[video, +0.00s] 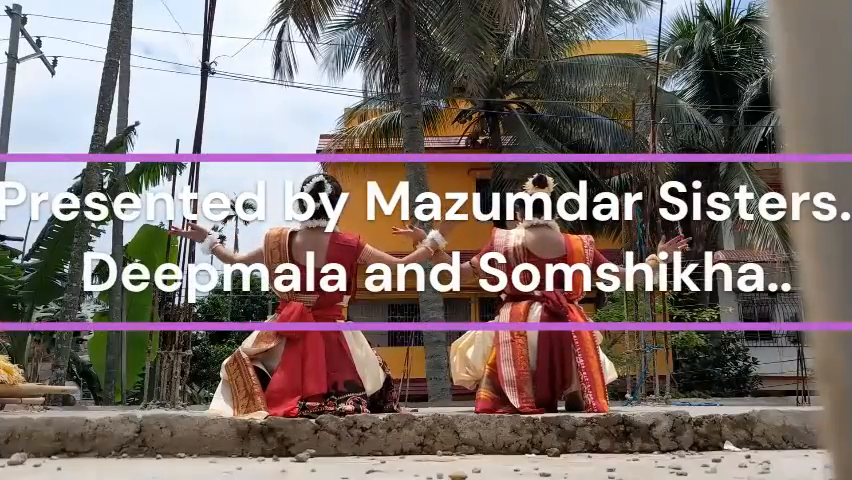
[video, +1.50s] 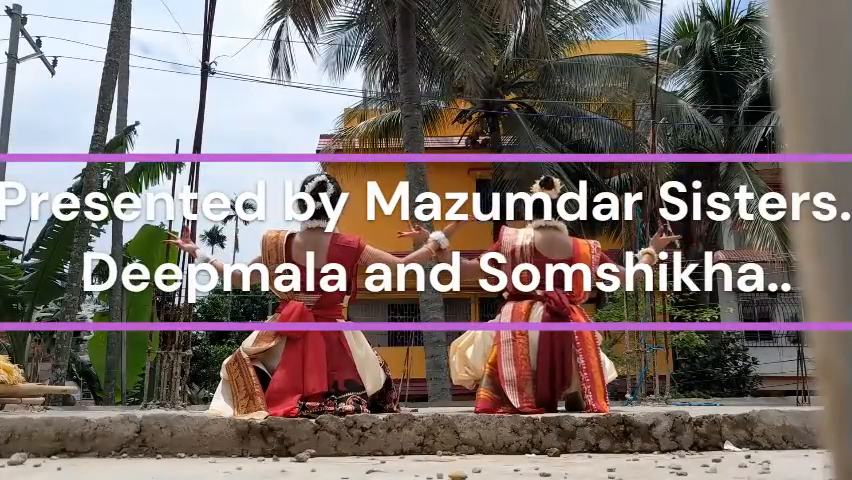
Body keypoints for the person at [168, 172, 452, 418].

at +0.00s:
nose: (333, 209)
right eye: (335, 203)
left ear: (300, 205)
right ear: (335, 206)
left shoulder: (277, 241)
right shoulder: (348, 245)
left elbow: (234, 259)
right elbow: (400, 264)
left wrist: (205, 237)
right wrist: (430, 247)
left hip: (288, 345)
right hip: (335, 345)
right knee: (379, 387)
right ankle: (343, 401)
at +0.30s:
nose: (337, 208)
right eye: (337, 203)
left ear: (299, 204)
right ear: (335, 206)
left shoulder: (276, 242)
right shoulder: (348, 245)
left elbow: (240, 274)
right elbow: (400, 268)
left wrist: (206, 249)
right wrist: (430, 248)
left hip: (287, 350)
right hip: (336, 350)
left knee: (240, 363)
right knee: (377, 386)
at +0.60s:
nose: (339, 206)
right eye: (339, 201)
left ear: (300, 203)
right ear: (337, 206)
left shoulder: (274, 244)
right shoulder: (348, 248)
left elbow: (249, 281)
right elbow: (402, 266)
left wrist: (201, 256)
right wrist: (432, 247)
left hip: (288, 349)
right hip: (335, 348)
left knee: (239, 363)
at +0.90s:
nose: (336, 206)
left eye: (316, 200)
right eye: (337, 201)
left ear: (300, 203)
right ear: (336, 206)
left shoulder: (275, 244)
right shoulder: (348, 247)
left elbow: (251, 280)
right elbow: (400, 267)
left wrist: (202, 257)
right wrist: (430, 249)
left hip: (289, 347)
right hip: (336, 345)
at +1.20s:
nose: (334, 207)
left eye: (315, 200)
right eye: (336, 201)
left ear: (300, 203)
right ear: (337, 206)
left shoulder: (275, 244)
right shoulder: (348, 248)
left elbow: (247, 281)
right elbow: (402, 267)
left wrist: (200, 256)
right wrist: (431, 248)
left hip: (288, 350)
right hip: (336, 350)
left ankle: (290, 392)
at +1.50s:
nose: (335, 207)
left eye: (315, 202)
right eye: (337, 202)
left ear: (300, 205)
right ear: (337, 206)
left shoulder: (275, 245)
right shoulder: (349, 247)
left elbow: (238, 278)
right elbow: (403, 263)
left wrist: (198, 253)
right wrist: (434, 245)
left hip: (287, 343)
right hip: (334, 343)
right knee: (375, 389)